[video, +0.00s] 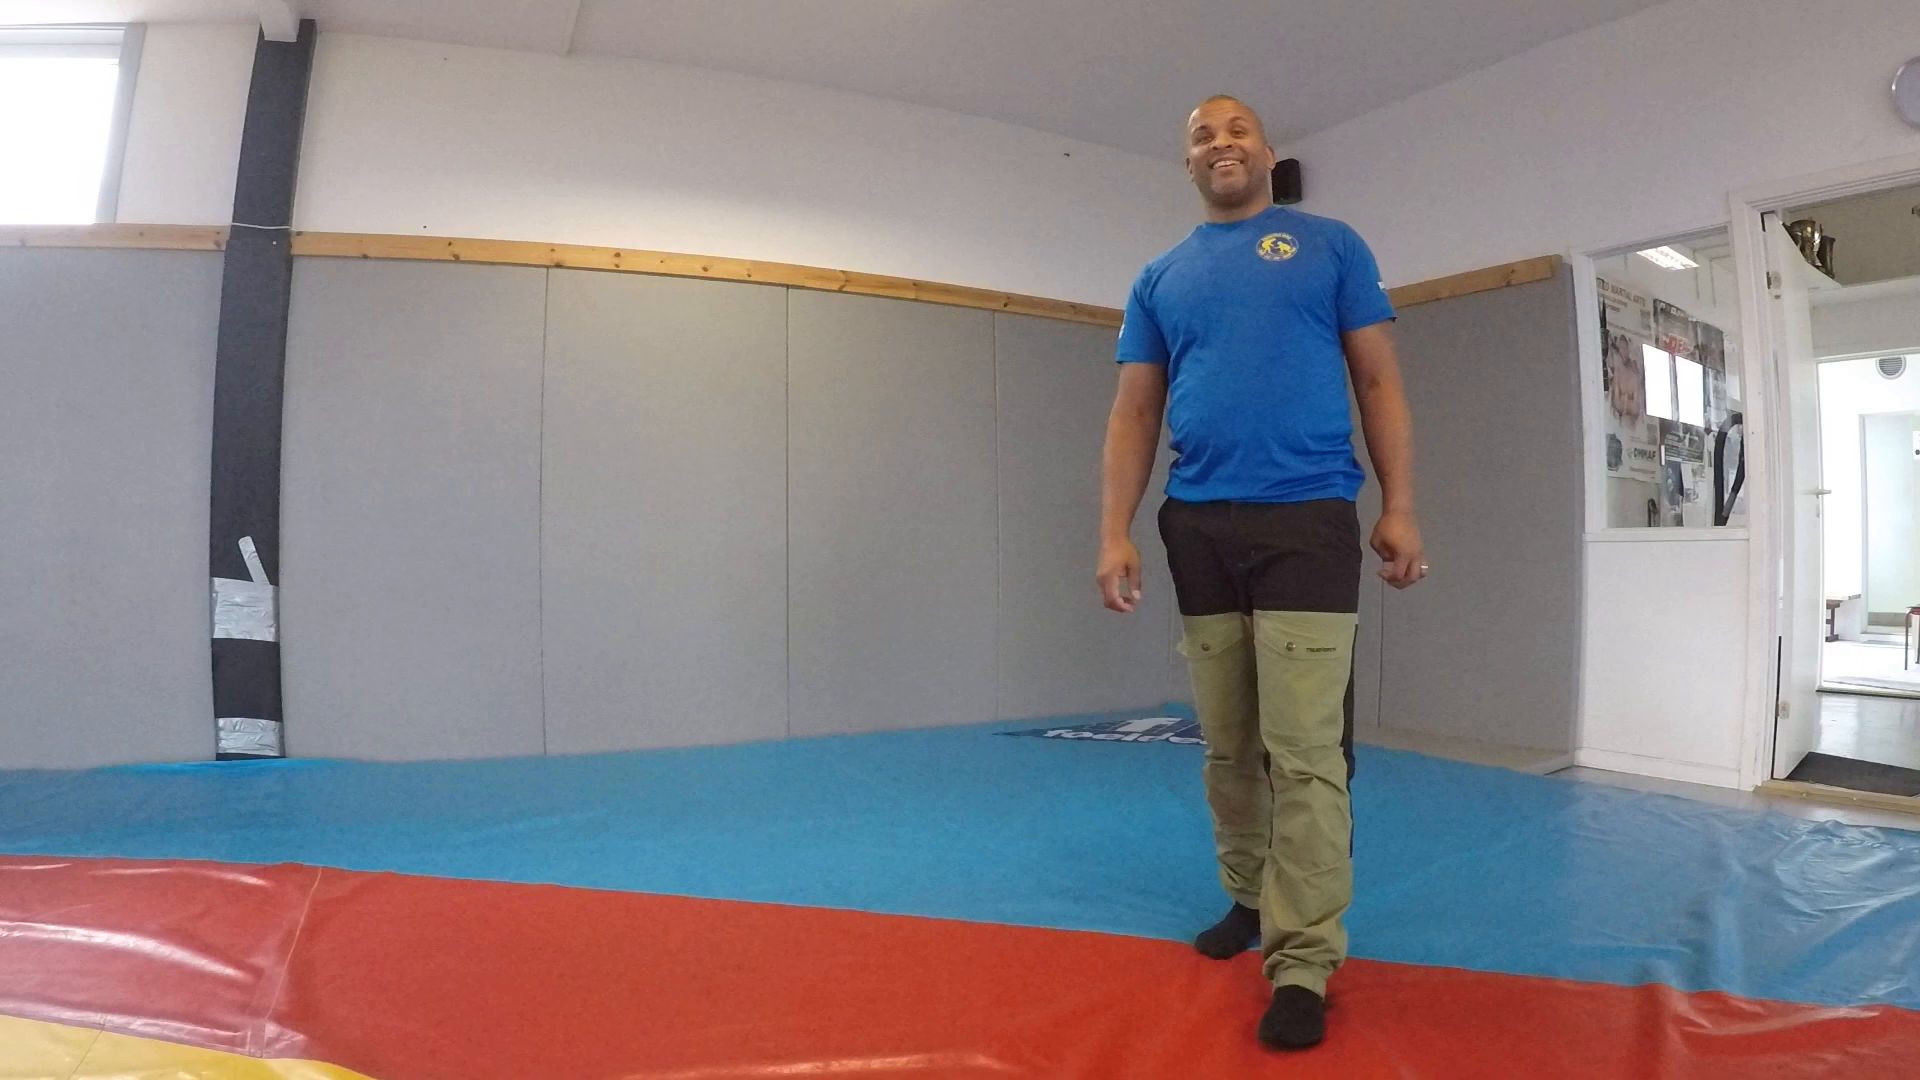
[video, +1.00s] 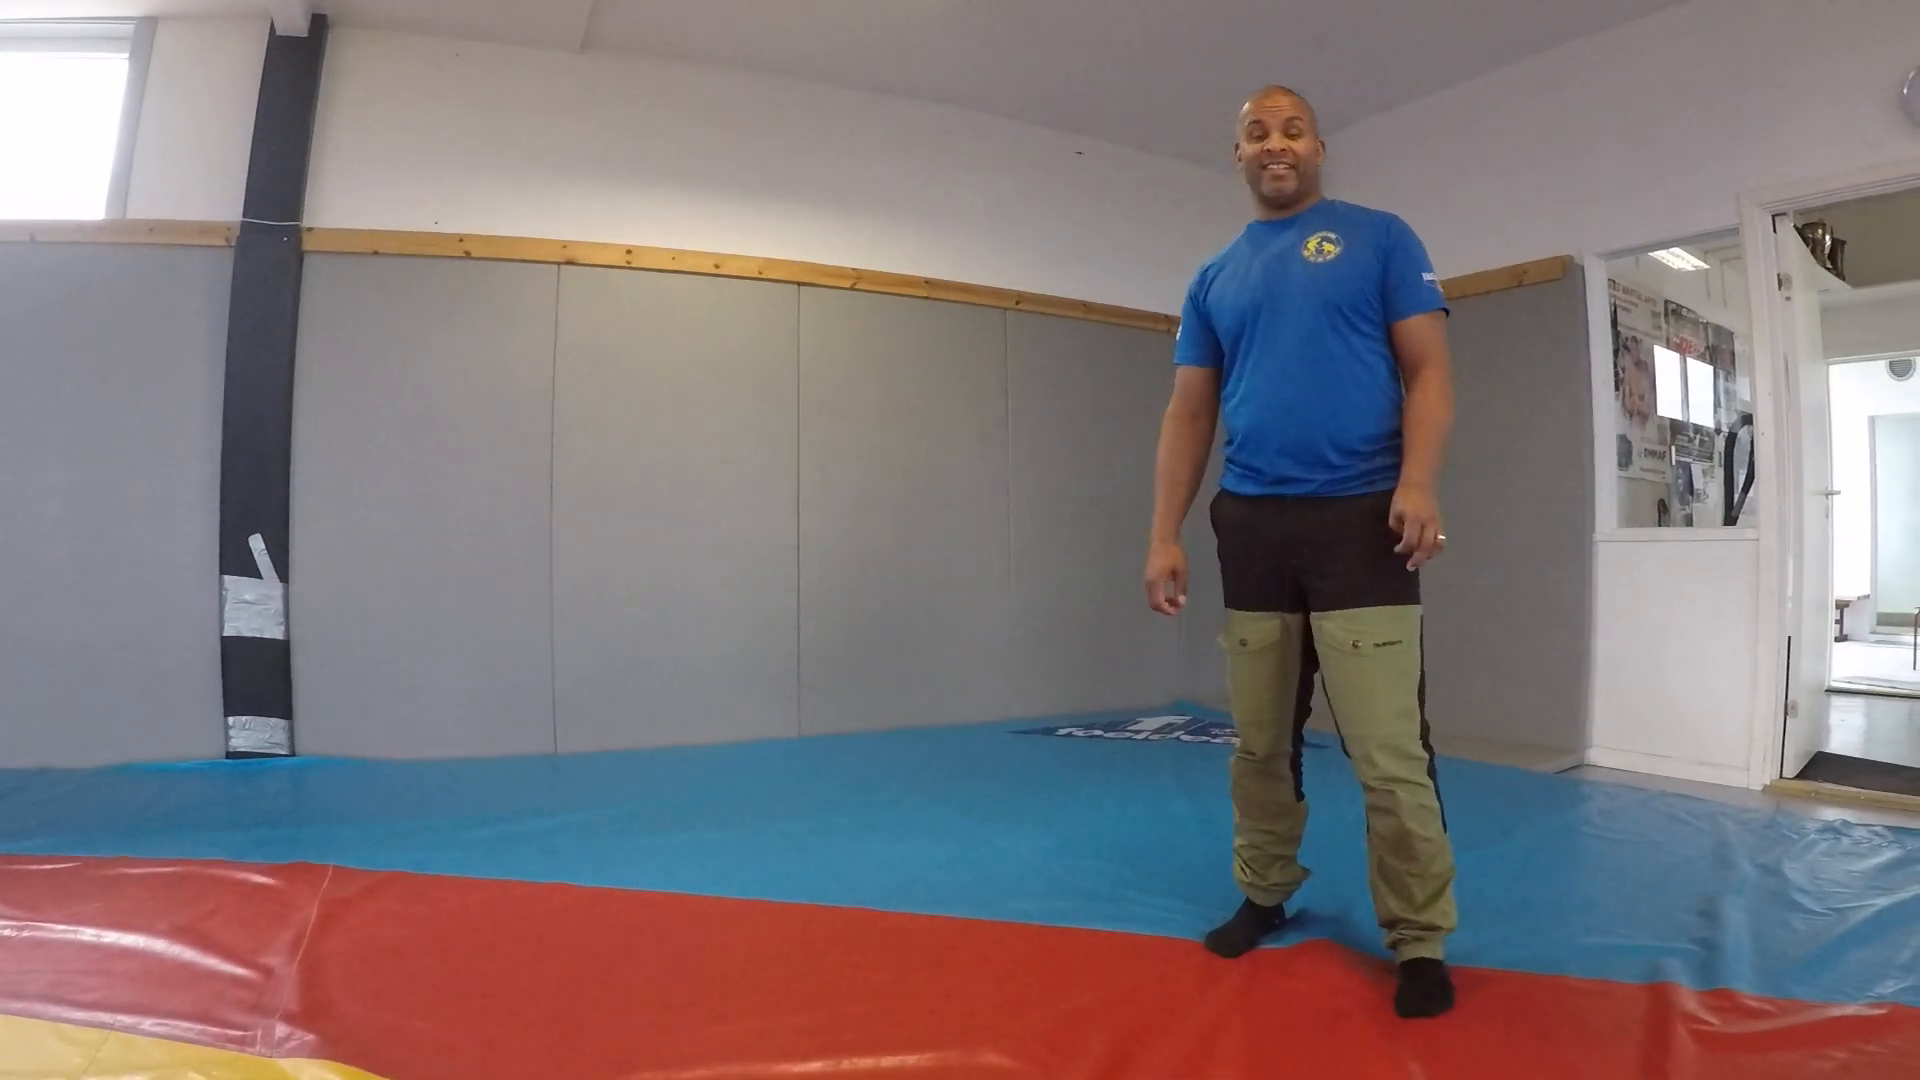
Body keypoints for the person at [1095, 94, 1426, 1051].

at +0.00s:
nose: (1220, 145)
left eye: (1235, 131)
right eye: (1203, 139)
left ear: (1270, 154)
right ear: (1187, 170)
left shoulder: (1331, 245)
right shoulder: (1161, 276)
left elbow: (1378, 382)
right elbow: (1133, 410)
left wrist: (1398, 507)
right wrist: (1114, 531)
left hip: (1309, 519)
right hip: (1199, 524)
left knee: (1300, 749)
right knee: (1228, 742)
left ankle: (1304, 961)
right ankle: (1252, 898)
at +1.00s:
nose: (1273, 146)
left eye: (1290, 132)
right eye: (1257, 134)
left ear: (1321, 151)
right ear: (1236, 158)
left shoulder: (1379, 238)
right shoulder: (1216, 277)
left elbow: (1429, 369)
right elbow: (1189, 411)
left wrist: (1419, 482)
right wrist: (1165, 534)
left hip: (1363, 518)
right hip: (1251, 522)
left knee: (1386, 749)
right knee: (1259, 737)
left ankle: (1419, 941)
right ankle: (1266, 892)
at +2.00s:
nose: (1279, 200)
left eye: (1286, 191)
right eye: (1263, 185)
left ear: (1291, 209)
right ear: (1216, 197)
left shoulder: (1319, 302)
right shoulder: (1172, 299)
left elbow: (1339, 422)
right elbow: (1131, 409)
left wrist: (1351, 534)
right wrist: (1123, 513)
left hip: (1308, 531)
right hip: (1203, 533)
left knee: (1337, 724)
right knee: (1211, 725)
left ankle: (1368, 917)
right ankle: (1207, 860)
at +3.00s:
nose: (1241, 259)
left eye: (1254, 250)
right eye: (1231, 251)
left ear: (1279, 267)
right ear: (1220, 268)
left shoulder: (1313, 344)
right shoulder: (1191, 344)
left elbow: (1333, 445)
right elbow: (1167, 439)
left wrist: (1330, 535)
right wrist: (1155, 524)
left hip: (1282, 531)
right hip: (1200, 528)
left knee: (1278, 684)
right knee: (1182, 666)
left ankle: (1273, 809)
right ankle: (1178, 784)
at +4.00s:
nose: (1126, 307)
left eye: (1136, 296)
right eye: (1120, 301)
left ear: (1167, 302)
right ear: (1120, 315)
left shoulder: (1198, 355)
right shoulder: (1121, 384)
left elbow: (1234, 430)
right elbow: (1114, 470)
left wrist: (1174, 477)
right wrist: (1095, 542)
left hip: (1196, 528)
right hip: (1138, 535)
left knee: (1214, 663)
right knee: (1154, 665)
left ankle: (1252, 786)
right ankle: (1168, 773)